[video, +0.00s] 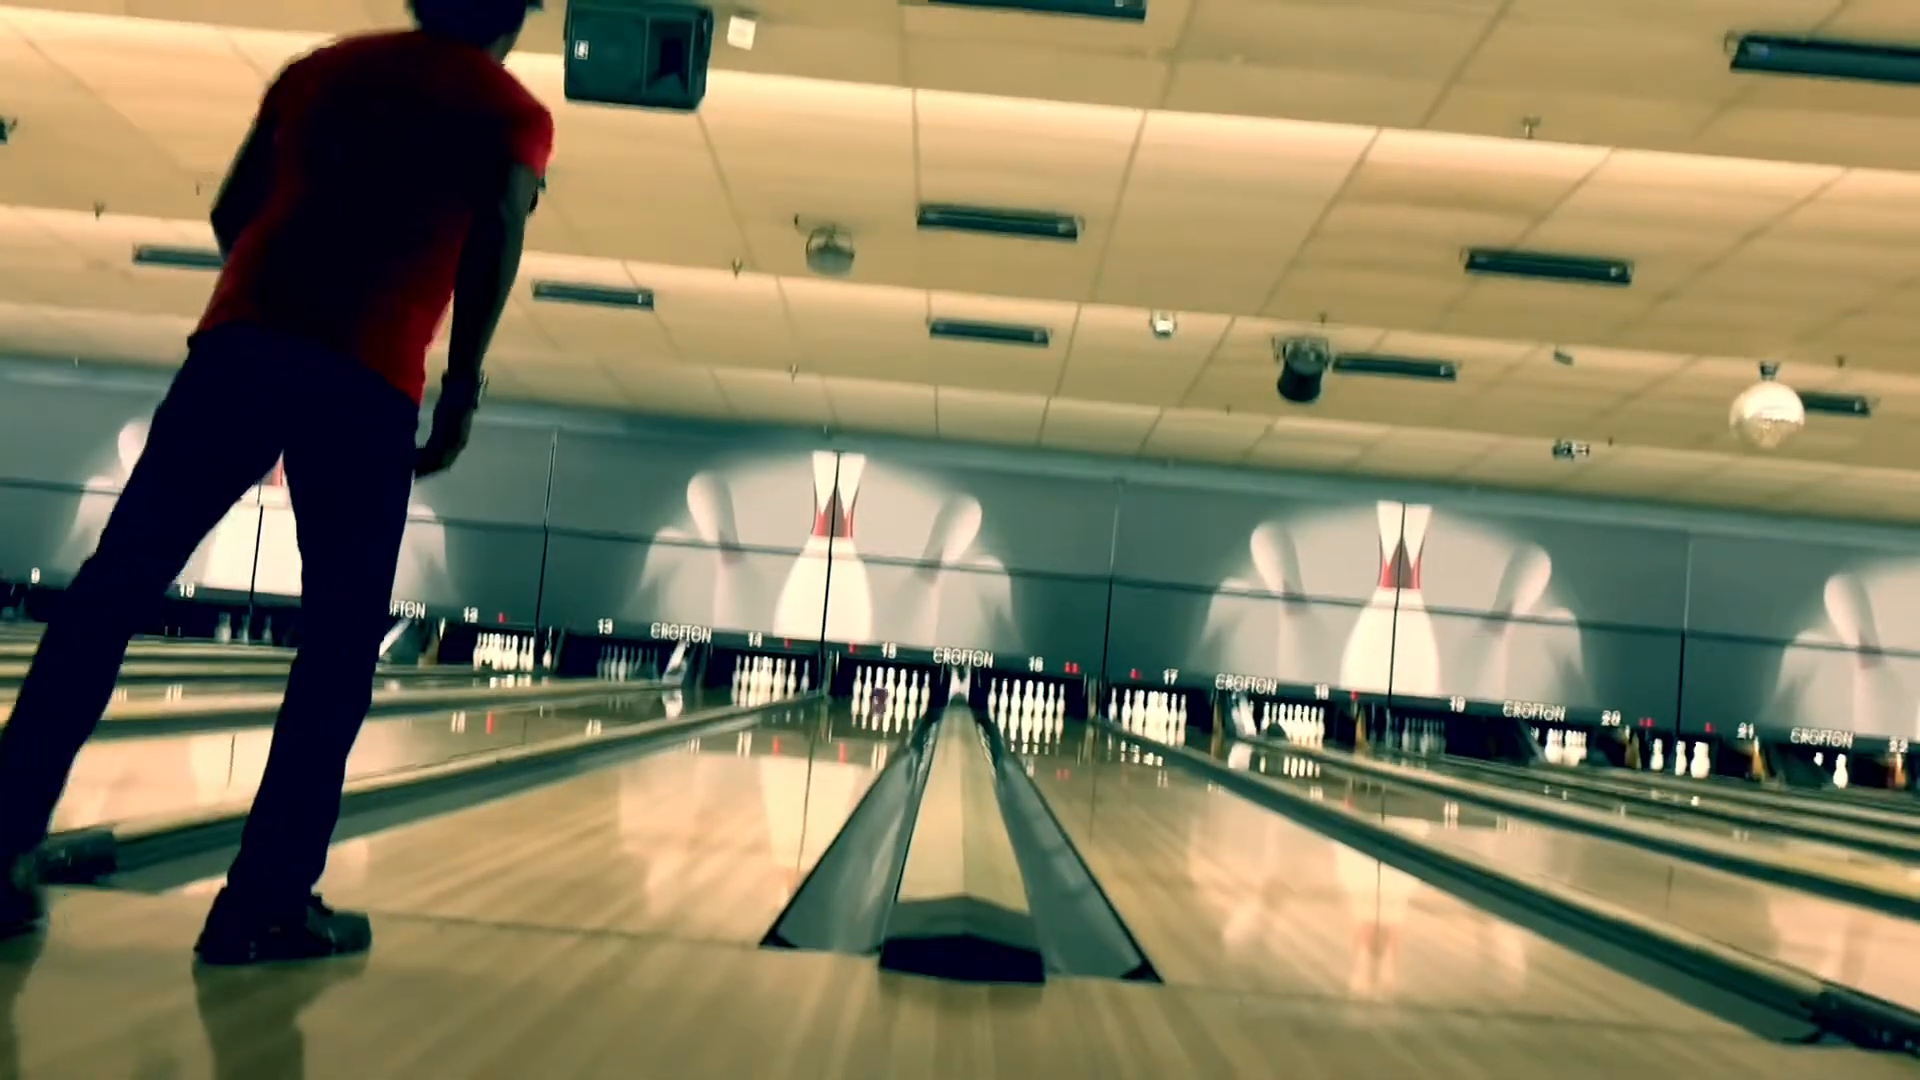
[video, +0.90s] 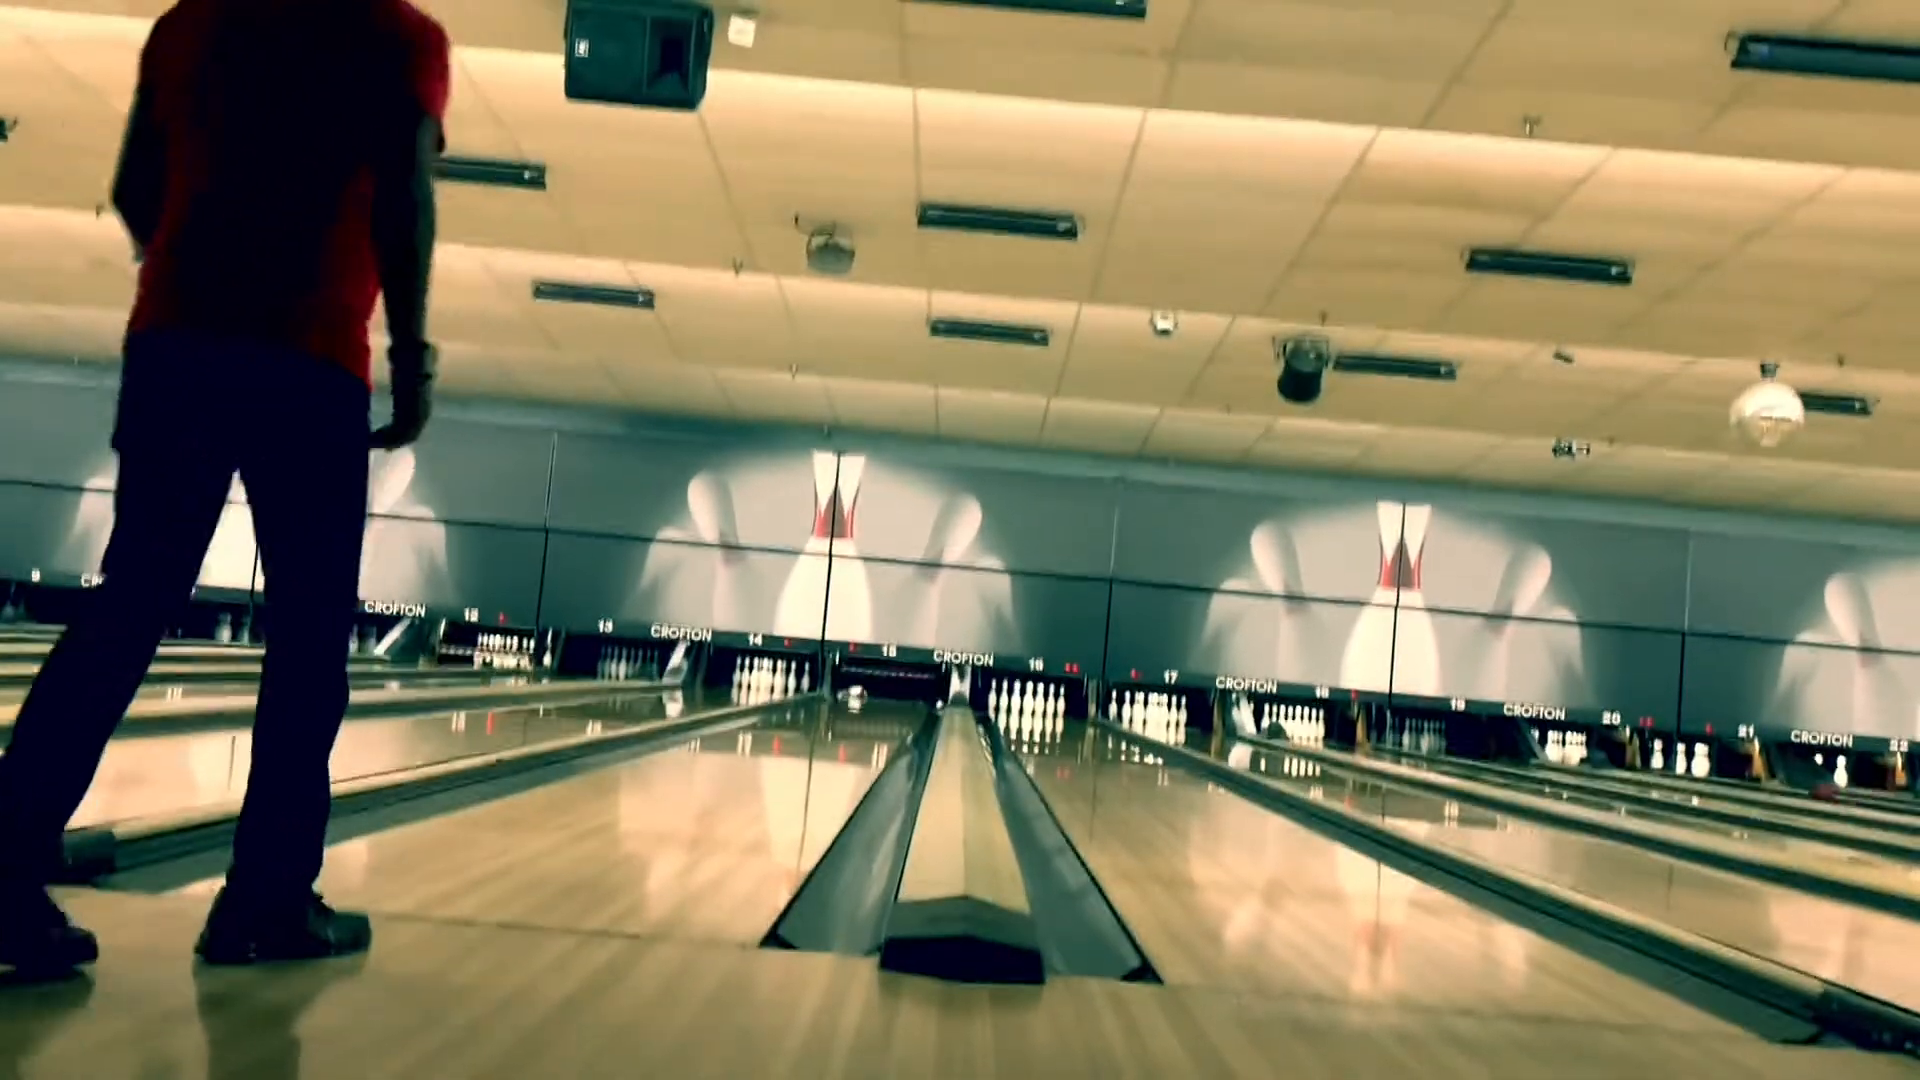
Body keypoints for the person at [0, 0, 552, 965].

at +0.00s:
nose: (517, 29)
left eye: (513, 20)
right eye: (521, 21)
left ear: (418, 3)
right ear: (512, 20)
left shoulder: (315, 67)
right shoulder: (515, 108)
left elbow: (231, 210)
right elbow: (496, 237)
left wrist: (289, 307)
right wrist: (461, 391)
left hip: (236, 354)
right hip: (363, 383)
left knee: (108, 592)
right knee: (339, 648)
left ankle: (5, 856)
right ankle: (263, 905)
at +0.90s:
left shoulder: (192, 17)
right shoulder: (405, 32)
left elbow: (133, 190)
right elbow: (404, 199)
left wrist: (209, 285)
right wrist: (410, 353)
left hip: (173, 350)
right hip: (309, 364)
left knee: (128, 602)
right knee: (310, 638)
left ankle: (8, 875)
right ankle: (266, 902)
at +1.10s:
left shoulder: (92, 11)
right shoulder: (309, 4)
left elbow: (45, 185)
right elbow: (281, 138)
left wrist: (138, 277)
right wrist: (310, 324)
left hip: (78, 323)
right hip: (218, 331)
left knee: (30, 620)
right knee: (240, 631)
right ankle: (260, 893)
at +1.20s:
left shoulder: (64, 5)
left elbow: (19, 141)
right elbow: (233, 87)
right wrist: (246, 288)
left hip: (42, 295)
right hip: (177, 304)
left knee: (12, 613)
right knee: (218, 606)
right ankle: (215, 897)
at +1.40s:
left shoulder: (174, 16)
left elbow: (110, 141)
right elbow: (62, 79)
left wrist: (168, 287)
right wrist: (115, 286)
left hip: (78, 305)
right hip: (73, 308)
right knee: (120, 605)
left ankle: (35, 940)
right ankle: (31, 945)